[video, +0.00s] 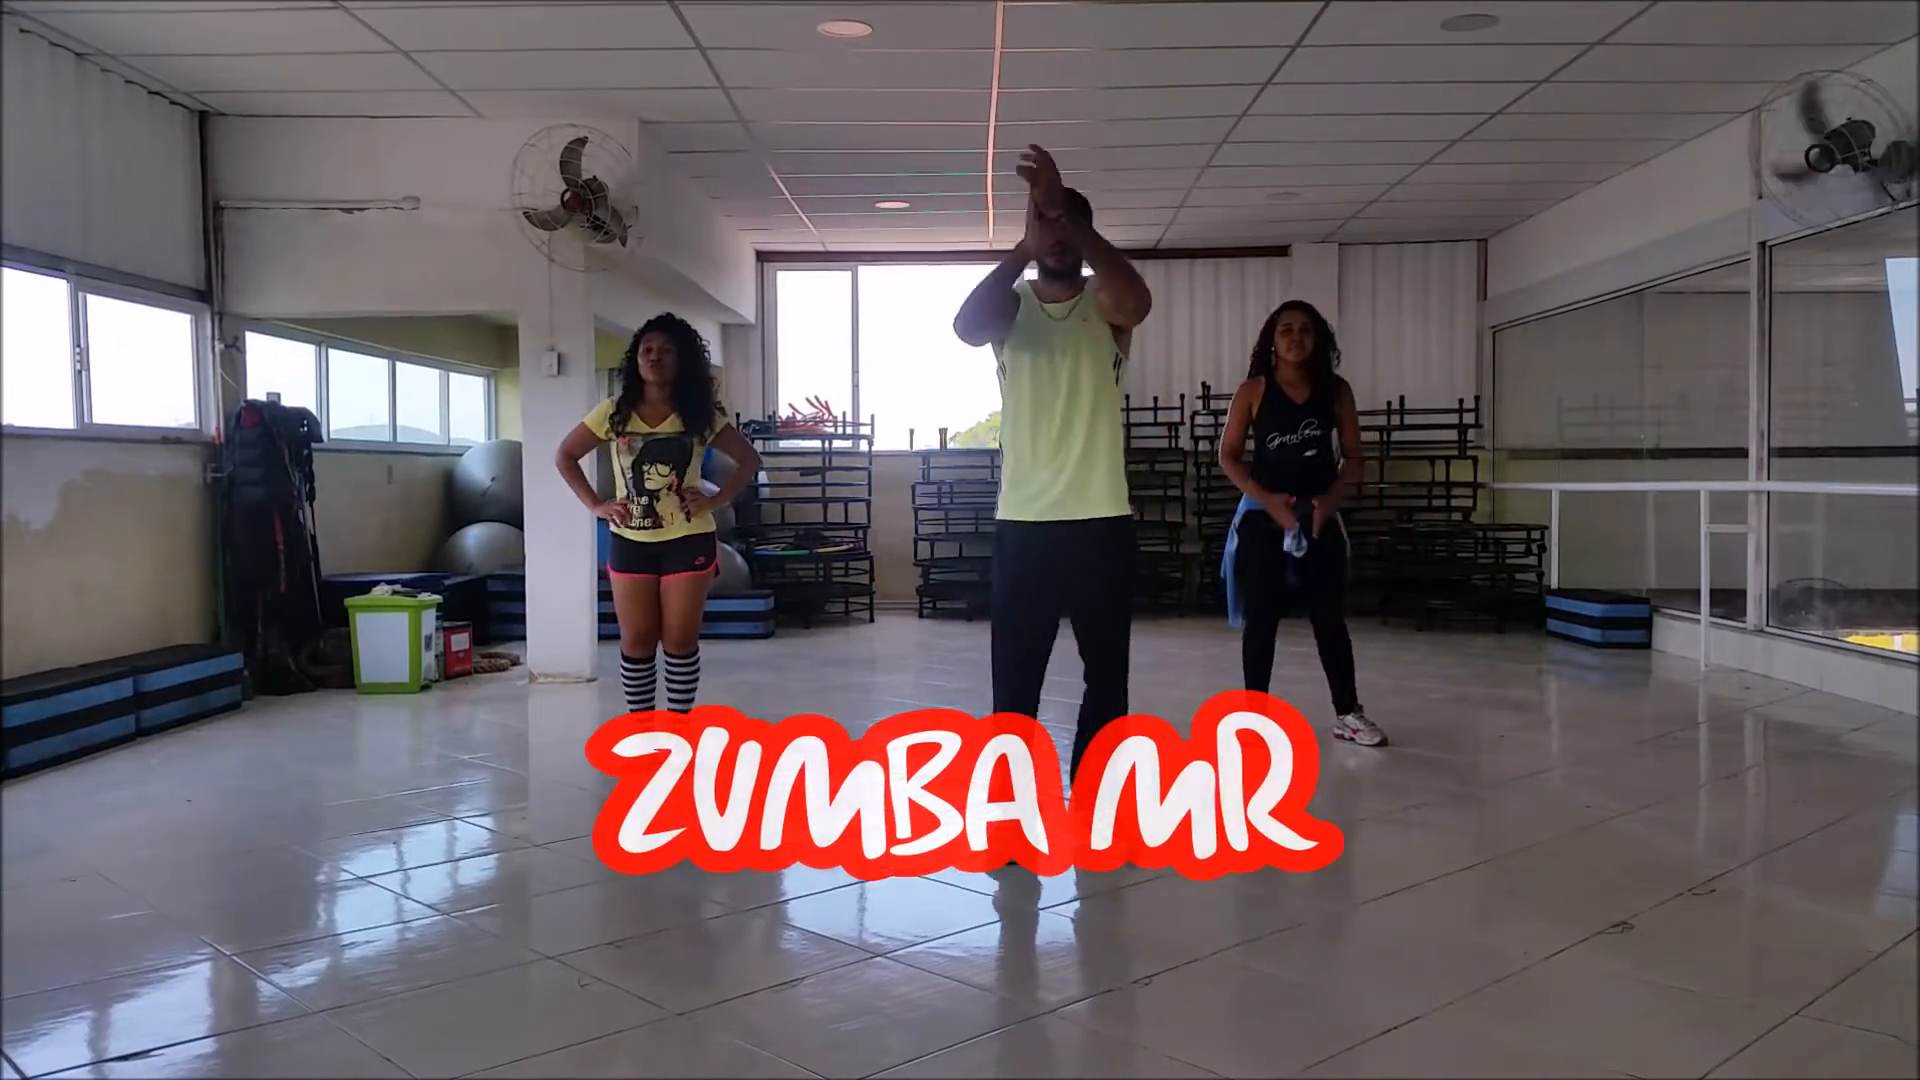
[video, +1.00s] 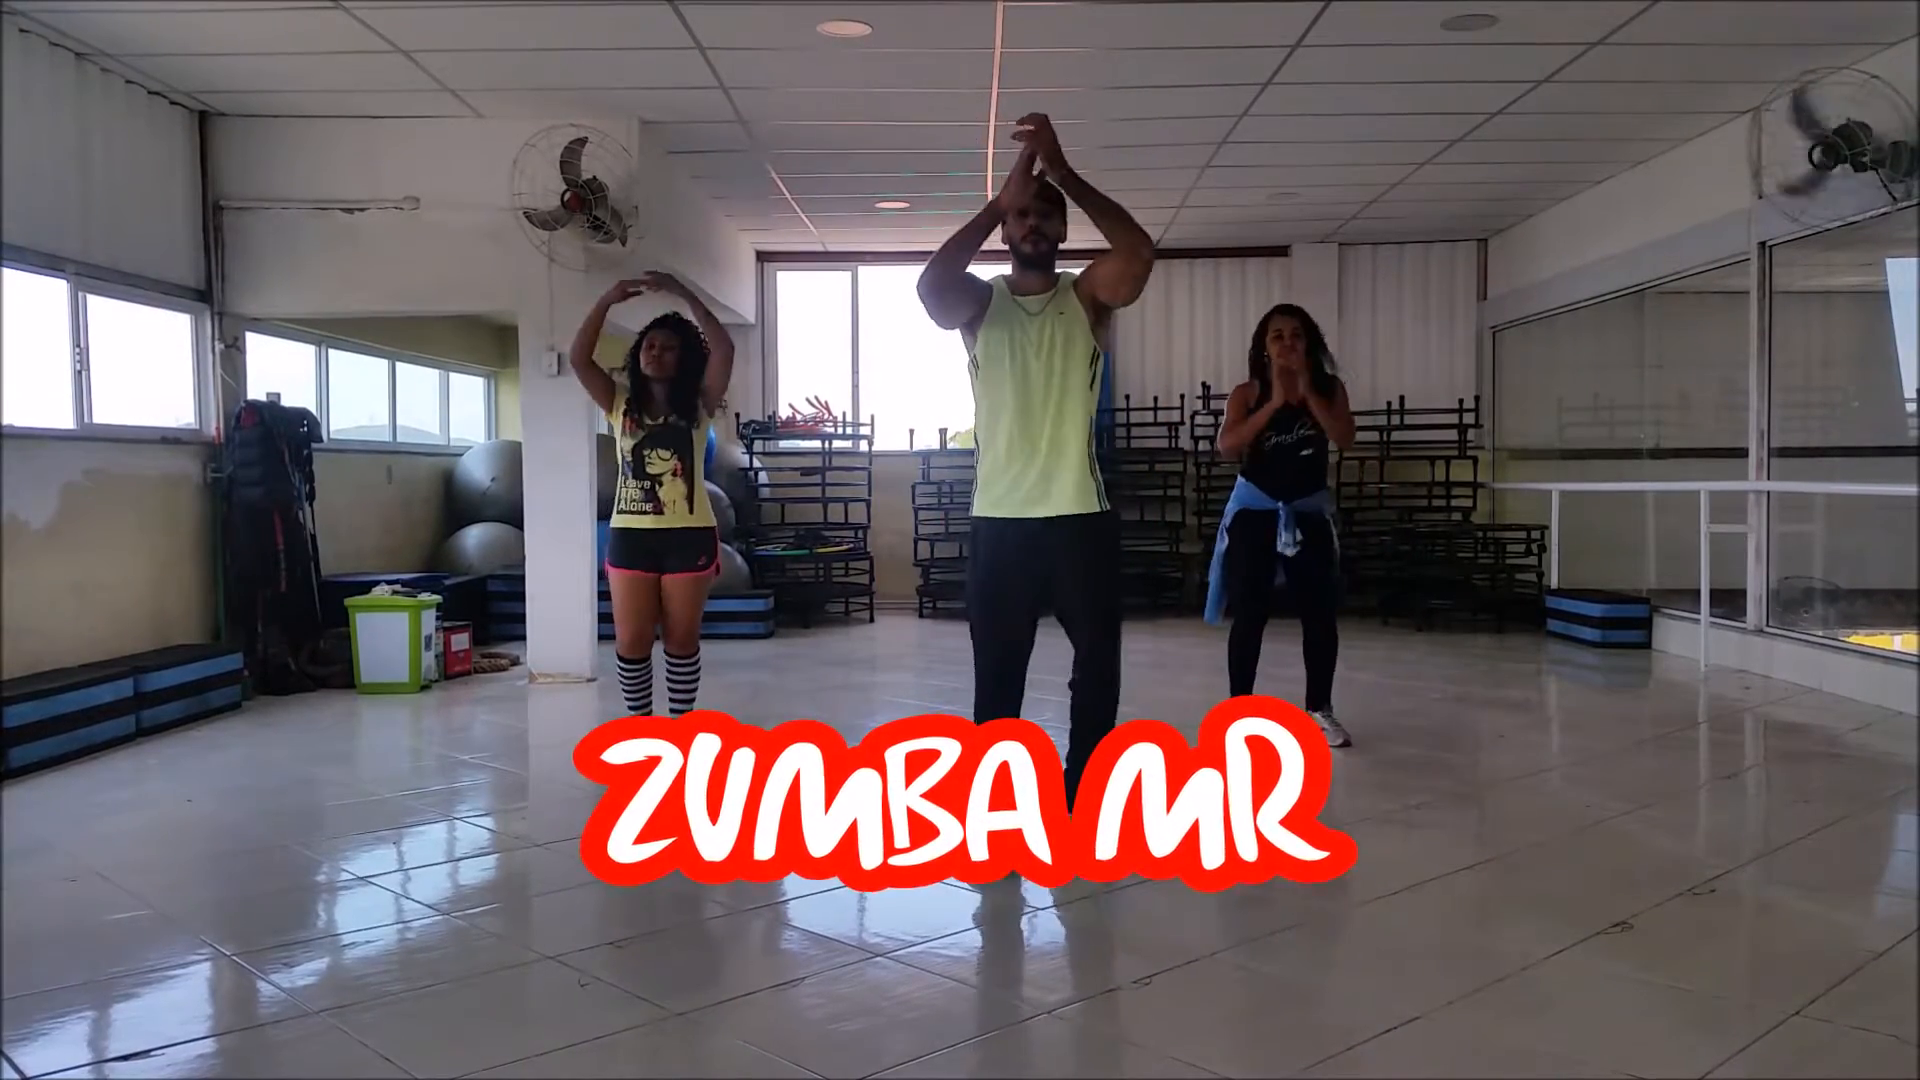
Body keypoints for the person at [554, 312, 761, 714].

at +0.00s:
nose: (653, 356)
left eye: (664, 349)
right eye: (646, 349)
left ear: (682, 359)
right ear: (635, 359)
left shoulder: (700, 413)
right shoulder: (615, 411)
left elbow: (750, 460)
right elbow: (565, 455)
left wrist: (716, 500)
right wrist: (595, 504)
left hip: (688, 541)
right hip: (630, 544)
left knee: (679, 642)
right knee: (636, 643)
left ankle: (679, 734)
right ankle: (641, 735)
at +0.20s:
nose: (656, 362)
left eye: (667, 356)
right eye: (650, 355)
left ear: (685, 368)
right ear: (639, 366)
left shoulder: (705, 421)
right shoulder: (619, 419)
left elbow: (751, 473)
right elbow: (569, 463)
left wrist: (719, 478)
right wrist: (589, 476)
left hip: (692, 544)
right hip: (633, 543)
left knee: (683, 643)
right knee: (625, 639)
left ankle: (680, 731)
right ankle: (637, 726)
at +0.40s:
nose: (654, 360)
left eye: (665, 353)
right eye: (647, 352)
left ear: (683, 363)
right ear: (638, 361)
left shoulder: (700, 414)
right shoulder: (621, 414)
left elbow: (698, 473)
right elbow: (604, 469)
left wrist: (670, 440)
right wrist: (646, 446)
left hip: (688, 541)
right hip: (630, 541)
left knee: (681, 643)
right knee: (634, 646)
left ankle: (680, 733)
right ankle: (641, 734)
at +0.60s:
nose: (645, 359)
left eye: (658, 354)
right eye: (639, 352)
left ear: (677, 367)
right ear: (631, 361)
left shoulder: (690, 412)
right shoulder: (614, 411)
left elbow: (733, 442)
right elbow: (565, 442)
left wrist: (710, 391)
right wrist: (592, 392)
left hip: (682, 542)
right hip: (624, 543)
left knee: (677, 642)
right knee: (630, 644)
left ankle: (681, 730)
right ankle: (640, 732)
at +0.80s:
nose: (651, 352)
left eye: (661, 348)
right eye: (644, 346)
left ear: (677, 358)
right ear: (632, 356)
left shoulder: (689, 405)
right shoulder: (618, 406)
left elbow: (708, 386)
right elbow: (589, 384)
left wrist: (685, 328)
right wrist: (612, 331)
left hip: (680, 538)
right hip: (623, 538)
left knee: (675, 639)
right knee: (633, 642)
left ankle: (681, 727)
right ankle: (640, 730)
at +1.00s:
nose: (656, 352)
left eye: (667, 347)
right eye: (649, 345)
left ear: (685, 358)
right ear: (636, 355)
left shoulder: (698, 403)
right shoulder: (620, 402)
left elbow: (722, 348)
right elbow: (580, 358)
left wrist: (688, 293)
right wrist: (606, 301)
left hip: (688, 540)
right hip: (630, 539)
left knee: (681, 644)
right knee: (631, 645)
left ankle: (682, 731)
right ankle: (639, 731)